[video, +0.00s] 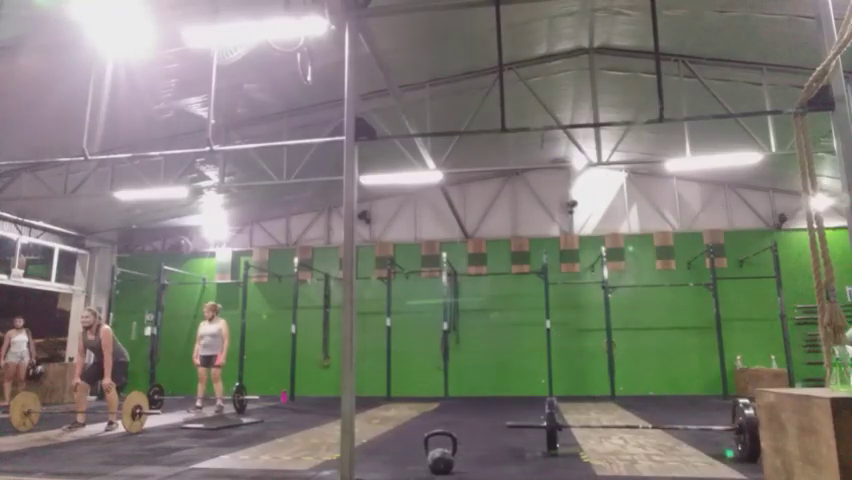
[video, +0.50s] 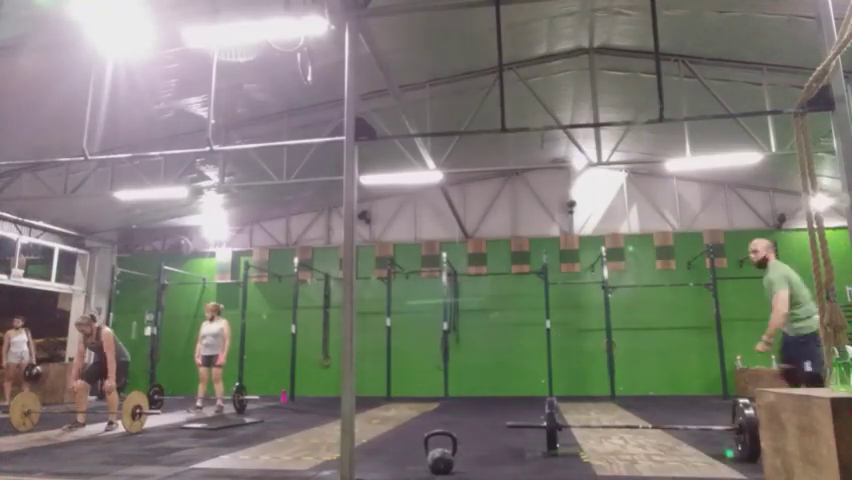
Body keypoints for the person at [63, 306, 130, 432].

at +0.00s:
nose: (83, 320)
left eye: (87, 317)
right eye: (82, 317)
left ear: (95, 318)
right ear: (80, 319)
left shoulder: (104, 330)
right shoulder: (83, 334)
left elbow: (108, 355)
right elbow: (81, 355)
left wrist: (107, 377)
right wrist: (77, 376)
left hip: (118, 361)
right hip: (101, 361)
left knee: (108, 385)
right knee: (81, 384)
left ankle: (112, 420)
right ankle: (80, 420)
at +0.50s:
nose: (82, 332)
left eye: (83, 329)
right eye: (80, 330)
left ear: (91, 325)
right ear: (80, 329)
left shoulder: (105, 333)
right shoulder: (84, 336)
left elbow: (111, 357)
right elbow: (80, 357)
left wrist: (111, 379)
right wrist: (74, 379)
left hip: (119, 360)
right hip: (102, 361)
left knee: (109, 387)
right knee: (81, 385)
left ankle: (112, 421)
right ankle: (80, 420)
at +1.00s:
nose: (77, 350)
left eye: (80, 347)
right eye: (75, 347)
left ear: (88, 347)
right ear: (73, 348)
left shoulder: (100, 356)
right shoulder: (76, 360)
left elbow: (107, 381)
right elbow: (67, 381)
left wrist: (107, 405)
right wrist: (58, 403)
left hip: (118, 374)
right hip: (98, 375)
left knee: (101, 389)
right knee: (75, 389)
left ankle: (112, 420)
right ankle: (80, 420)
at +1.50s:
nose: (94, 302)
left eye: (98, 300)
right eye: (94, 300)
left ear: (106, 301)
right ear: (94, 300)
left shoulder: (112, 312)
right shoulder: (93, 314)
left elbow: (122, 331)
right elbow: (85, 333)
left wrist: (120, 352)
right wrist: (76, 351)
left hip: (110, 355)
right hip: (94, 355)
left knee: (113, 385)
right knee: (88, 386)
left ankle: (113, 420)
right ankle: (80, 420)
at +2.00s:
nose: (85, 347)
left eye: (88, 345)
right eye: (84, 345)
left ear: (96, 343)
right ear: (82, 344)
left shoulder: (108, 351)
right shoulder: (86, 351)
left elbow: (113, 376)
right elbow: (77, 374)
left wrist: (114, 399)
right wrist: (66, 397)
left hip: (120, 373)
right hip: (100, 373)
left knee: (105, 387)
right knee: (78, 387)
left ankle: (112, 421)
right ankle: (80, 421)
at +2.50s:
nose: (85, 348)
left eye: (88, 345)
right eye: (84, 345)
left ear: (96, 344)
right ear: (83, 344)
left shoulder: (108, 351)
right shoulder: (85, 351)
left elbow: (114, 376)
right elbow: (76, 374)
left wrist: (114, 400)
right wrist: (67, 397)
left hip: (121, 370)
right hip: (102, 370)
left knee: (106, 387)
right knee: (80, 387)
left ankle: (112, 421)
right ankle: (80, 420)